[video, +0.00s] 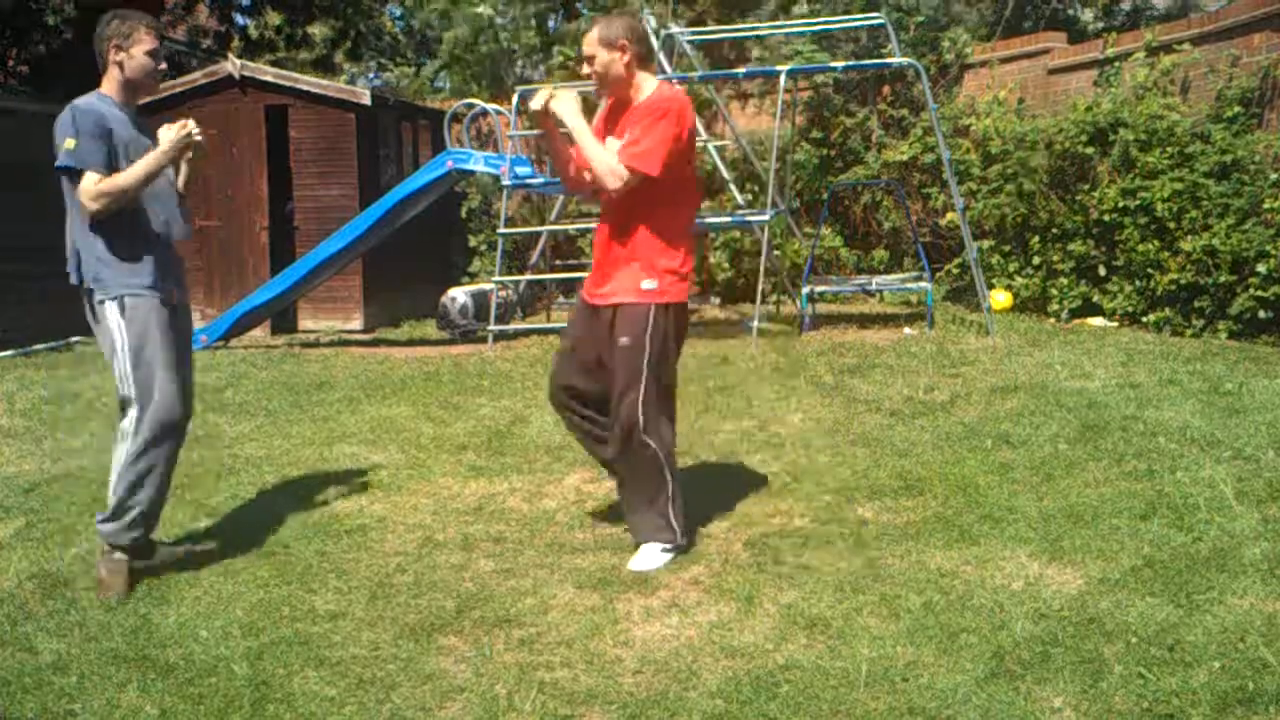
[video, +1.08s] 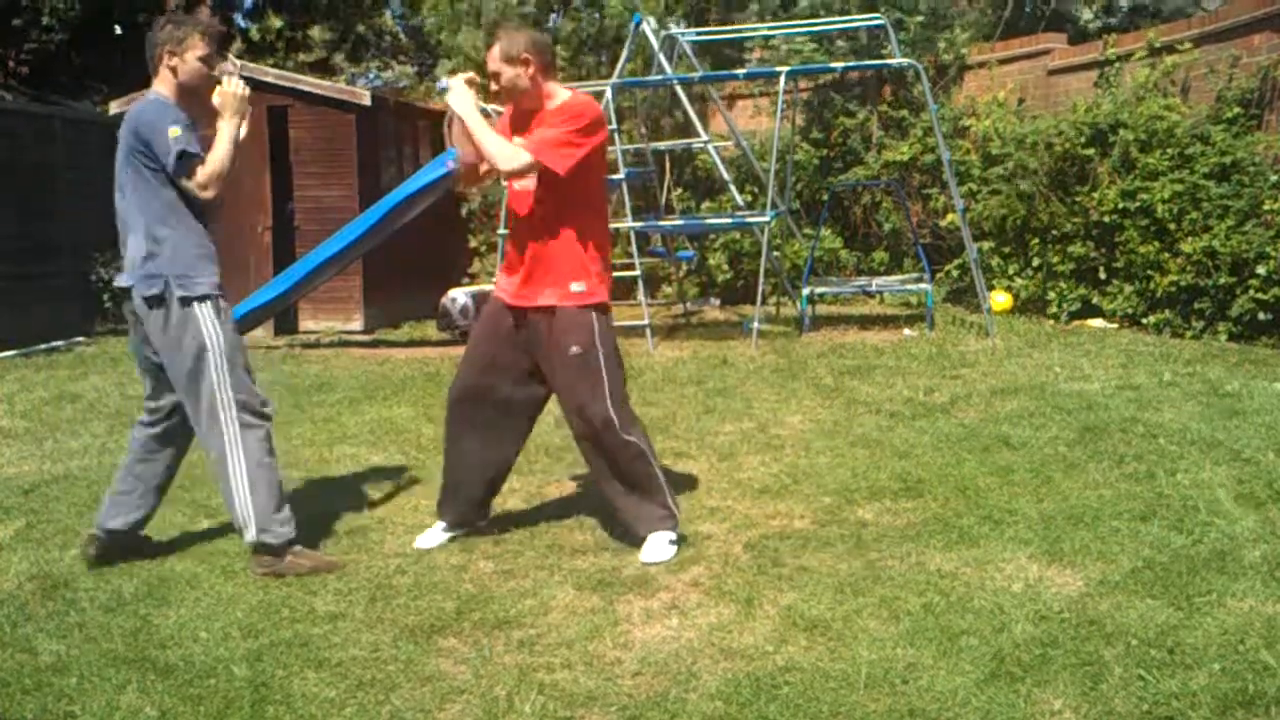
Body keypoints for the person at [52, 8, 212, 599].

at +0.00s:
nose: (163, 64)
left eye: (163, 54)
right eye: (154, 54)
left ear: (128, 57)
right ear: (118, 55)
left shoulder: (139, 125)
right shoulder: (85, 113)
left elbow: (164, 208)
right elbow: (94, 197)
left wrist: (183, 155)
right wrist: (164, 152)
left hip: (162, 284)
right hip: (123, 286)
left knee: (172, 409)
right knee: (157, 406)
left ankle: (138, 540)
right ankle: (117, 538)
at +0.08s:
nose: (166, 64)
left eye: (166, 55)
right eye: (158, 54)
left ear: (131, 57)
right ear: (123, 55)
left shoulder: (141, 121)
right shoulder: (92, 112)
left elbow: (171, 199)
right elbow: (112, 192)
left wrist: (187, 144)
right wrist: (171, 142)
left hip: (161, 279)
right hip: (130, 281)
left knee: (151, 406)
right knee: (180, 398)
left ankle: (123, 531)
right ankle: (142, 529)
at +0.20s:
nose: (177, 63)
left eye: (177, 53)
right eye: (168, 53)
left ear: (147, 57)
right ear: (133, 56)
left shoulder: (151, 116)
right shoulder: (110, 110)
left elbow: (181, 191)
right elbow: (142, 185)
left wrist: (194, 135)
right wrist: (190, 130)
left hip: (162, 276)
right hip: (141, 278)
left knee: (155, 404)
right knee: (204, 391)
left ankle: (126, 534)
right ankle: (207, 538)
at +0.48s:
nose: (207, 72)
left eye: (208, 61)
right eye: (199, 60)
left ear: (172, 64)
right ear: (163, 61)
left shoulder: (176, 124)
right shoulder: (137, 119)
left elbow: (212, 208)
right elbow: (173, 199)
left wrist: (242, 153)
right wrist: (208, 138)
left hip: (193, 285)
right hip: (180, 289)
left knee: (188, 413)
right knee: (247, 406)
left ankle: (131, 533)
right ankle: (276, 542)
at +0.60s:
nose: (219, 68)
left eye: (220, 58)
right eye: (209, 58)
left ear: (188, 62)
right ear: (173, 60)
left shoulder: (208, 123)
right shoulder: (136, 120)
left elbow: (278, 167)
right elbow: (149, 206)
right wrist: (195, 139)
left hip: (213, 284)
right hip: (187, 286)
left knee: (207, 410)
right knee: (251, 402)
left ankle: (136, 527)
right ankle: (273, 542)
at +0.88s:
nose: (220, 74)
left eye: (222, 64)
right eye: (210, 63)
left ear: (211, 66)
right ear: (173, 63)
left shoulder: (206, 129)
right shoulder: (140, 124)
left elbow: (267, 202)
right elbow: (172, 199)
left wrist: (278, 159)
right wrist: (207, 134)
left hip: (222, 282)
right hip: (195, 286)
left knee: (208, 409)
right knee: (270, 400)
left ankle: (133, 527)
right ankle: (278, 542)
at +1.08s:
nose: (216, 70)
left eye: (217, 61)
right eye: (205, 60)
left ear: (175, 65)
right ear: (168, 60)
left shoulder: (153, 114)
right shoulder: (157, 112)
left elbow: (203, 186)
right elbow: (206, 184)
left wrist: (229, 127)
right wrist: (230, 119)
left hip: (151, 288)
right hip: (180, 288)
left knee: (168, 411)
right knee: (237, 407)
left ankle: (116, 531)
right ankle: (273, 544)